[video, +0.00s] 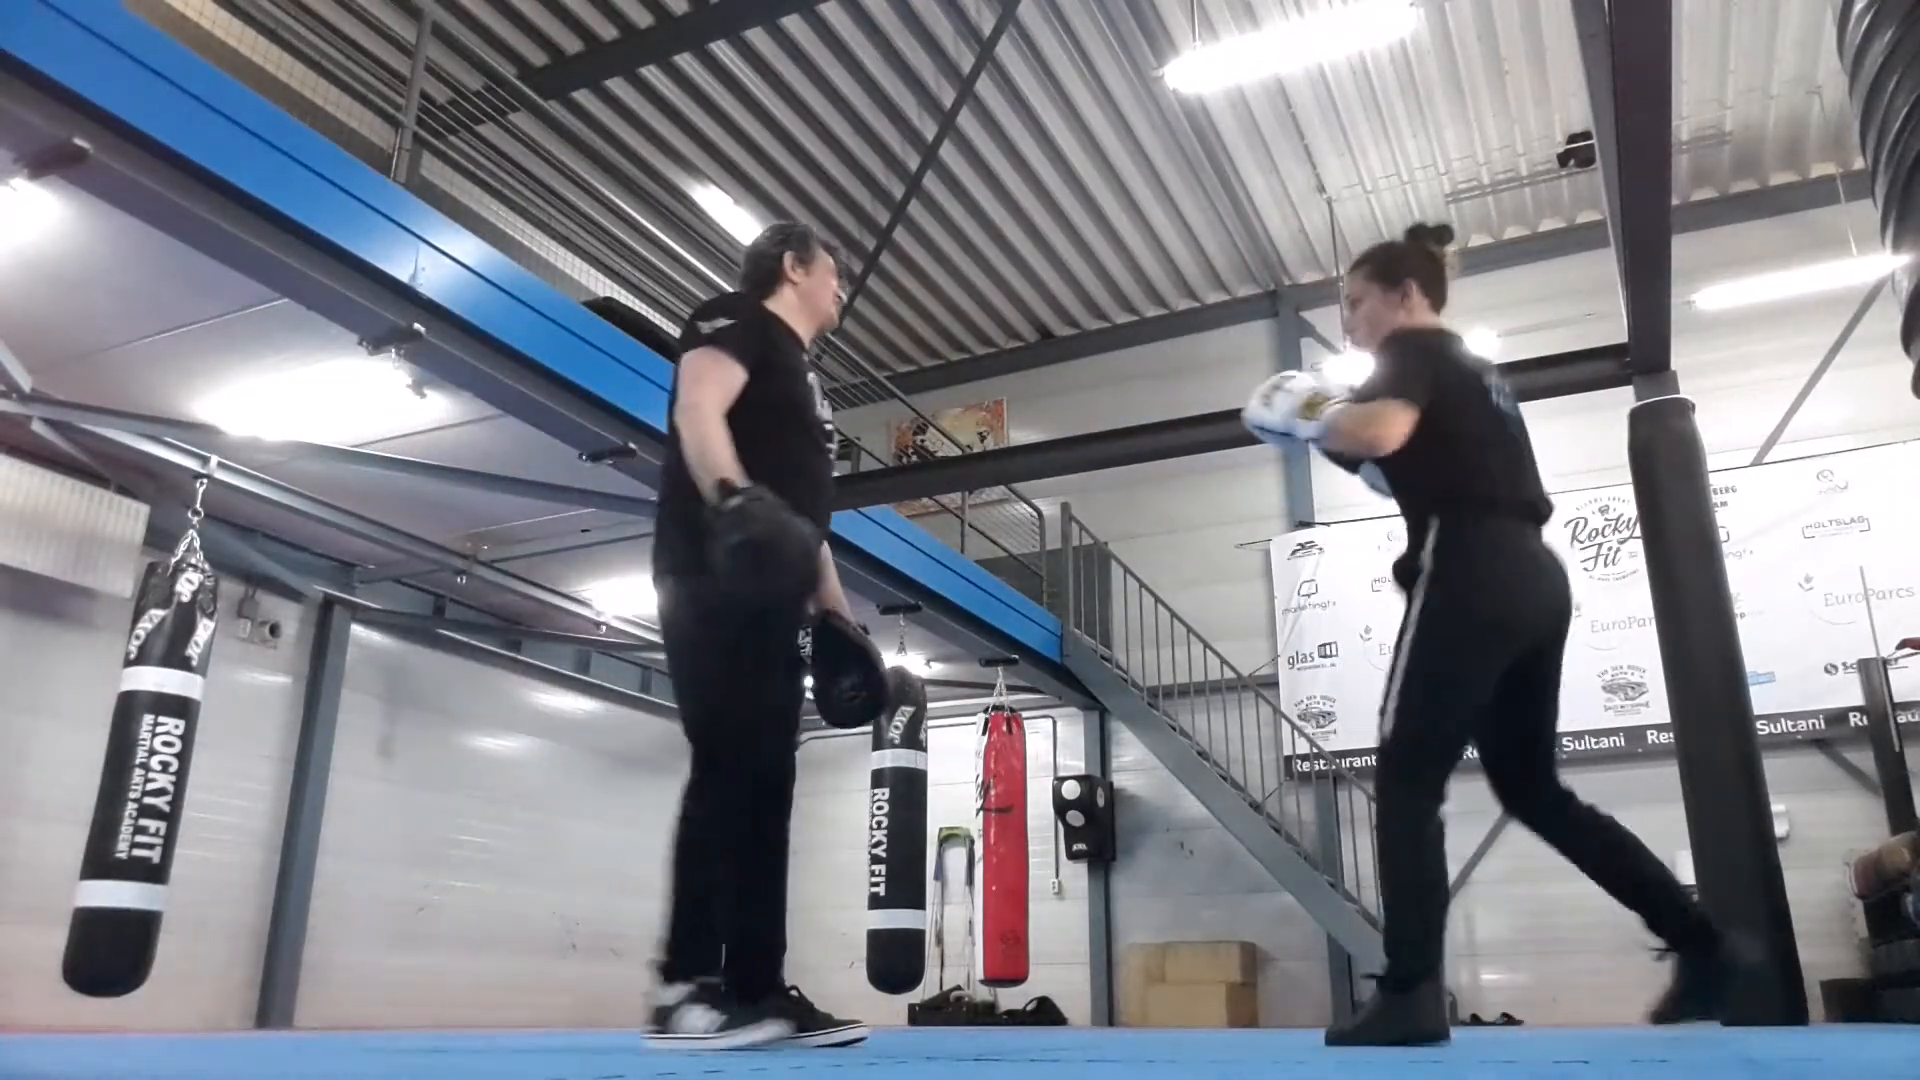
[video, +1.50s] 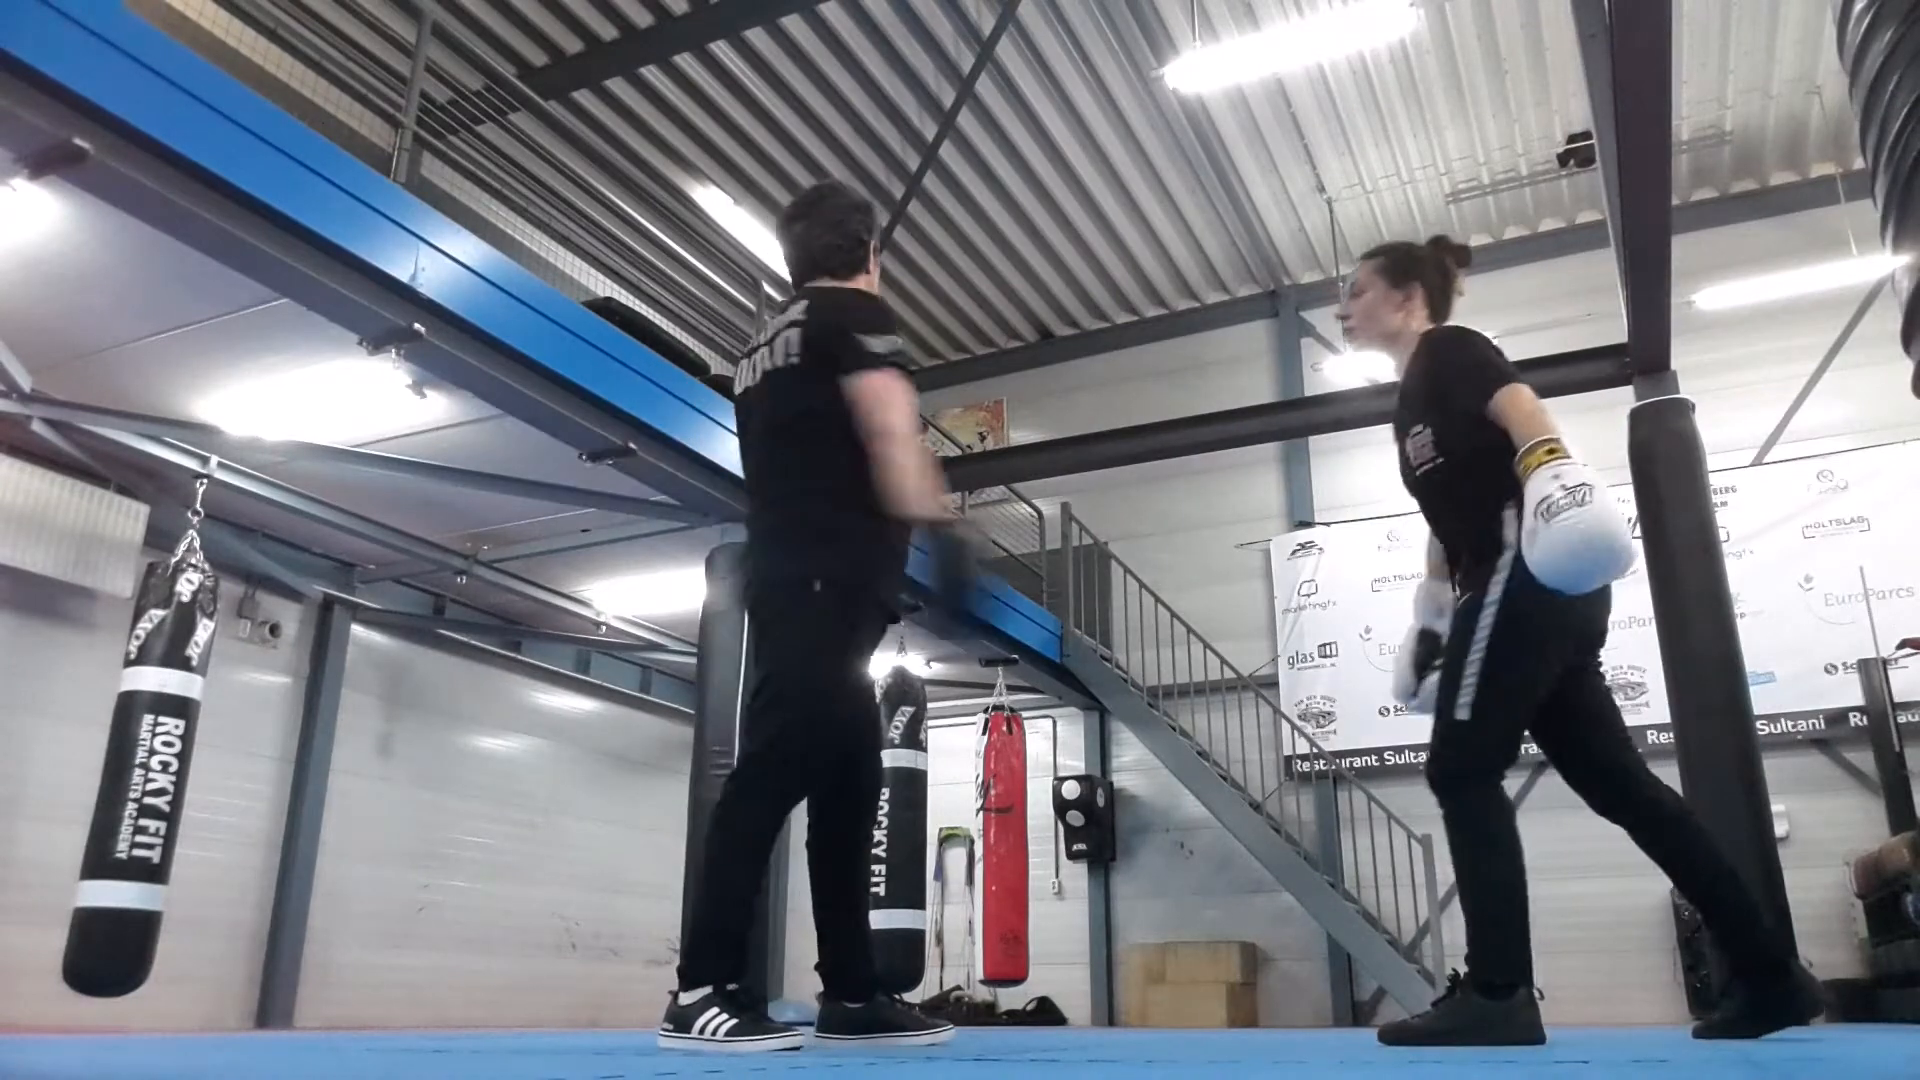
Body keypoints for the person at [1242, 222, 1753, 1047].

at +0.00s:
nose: (1349, 325)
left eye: (1355, 306)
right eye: (1346, 310)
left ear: (1403, 295)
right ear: (1421, 304)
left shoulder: (1412, 351)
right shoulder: (1470, 366)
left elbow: (1383, 430)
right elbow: (1417, 449)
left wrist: (1314, 419)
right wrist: (1333, 411)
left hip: (1470, 577)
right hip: (1532, 576)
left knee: (1406, 780)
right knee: (1529, 788)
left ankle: (1409, 996)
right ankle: (1701, 945)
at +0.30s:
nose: (1391, 308)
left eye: (1400, 289)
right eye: (1389, 292)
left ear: (1448, 280)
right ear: (1463, 290)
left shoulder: (1464, 333)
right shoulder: (1511, 355)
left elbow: (1468, 417)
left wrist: (1378, 424)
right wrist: (1390, 411)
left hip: (1506, 558)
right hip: (1569, 556)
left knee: (1438, 747)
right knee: (1610, 767)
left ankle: (1396, 959)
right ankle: (1755, 958)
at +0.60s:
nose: (1456, 336)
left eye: (1466, 318)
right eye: (1455, 321)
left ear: (1515, 314)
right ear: (1519, 321)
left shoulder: (1536, 367)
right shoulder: (1538, 388)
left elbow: (1597, 439)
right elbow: (1536, 500)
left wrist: (1496, 497)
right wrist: (1466, 471)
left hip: (1570, 602)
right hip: (1615, 603)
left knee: (1467, 772)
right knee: (1651, 799)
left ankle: (1482, 977)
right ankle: (1787, 983)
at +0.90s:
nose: (1449, 303)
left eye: (1462, 287)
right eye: (1451, 289)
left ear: (1514, 291)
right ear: (1515, 300)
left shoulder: (1528, 348)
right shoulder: (1548, 369)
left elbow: (1556, 429)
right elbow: (1527, 508)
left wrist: (1458, 469)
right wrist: (1441, 535)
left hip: (1542, 583)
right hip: (1585, 587)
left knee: (1486, 776)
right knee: (1647, 787)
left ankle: (1498, 997)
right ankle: (1779, 981)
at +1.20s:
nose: (1401, 280)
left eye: (1417, 265)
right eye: (1405, 267)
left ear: (1467, 275)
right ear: (1468, 280)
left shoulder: (1491, 327)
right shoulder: (1481, 353)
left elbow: (1537, 404)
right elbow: (1499, 462)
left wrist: (1453, 505)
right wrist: (1443, 532)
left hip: (1521, 560)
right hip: (1546, 561)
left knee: (1494, 769)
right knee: (1597, 772)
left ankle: (1499, 996)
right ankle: (1760, 973)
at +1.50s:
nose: (1345, 306)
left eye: (1358, 292)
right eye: (1346, 294)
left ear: (1407, 296)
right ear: (1396, 303)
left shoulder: (1447, 349)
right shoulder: (1412, 399)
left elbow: (1516, 407)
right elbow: (1451, 519)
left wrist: (1555, 476)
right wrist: (1431, 618)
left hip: (1527, 576)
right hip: (1526, 589)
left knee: (1461, 769)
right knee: (1619, 786)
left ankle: (1496, 996)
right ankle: (1768, 973)